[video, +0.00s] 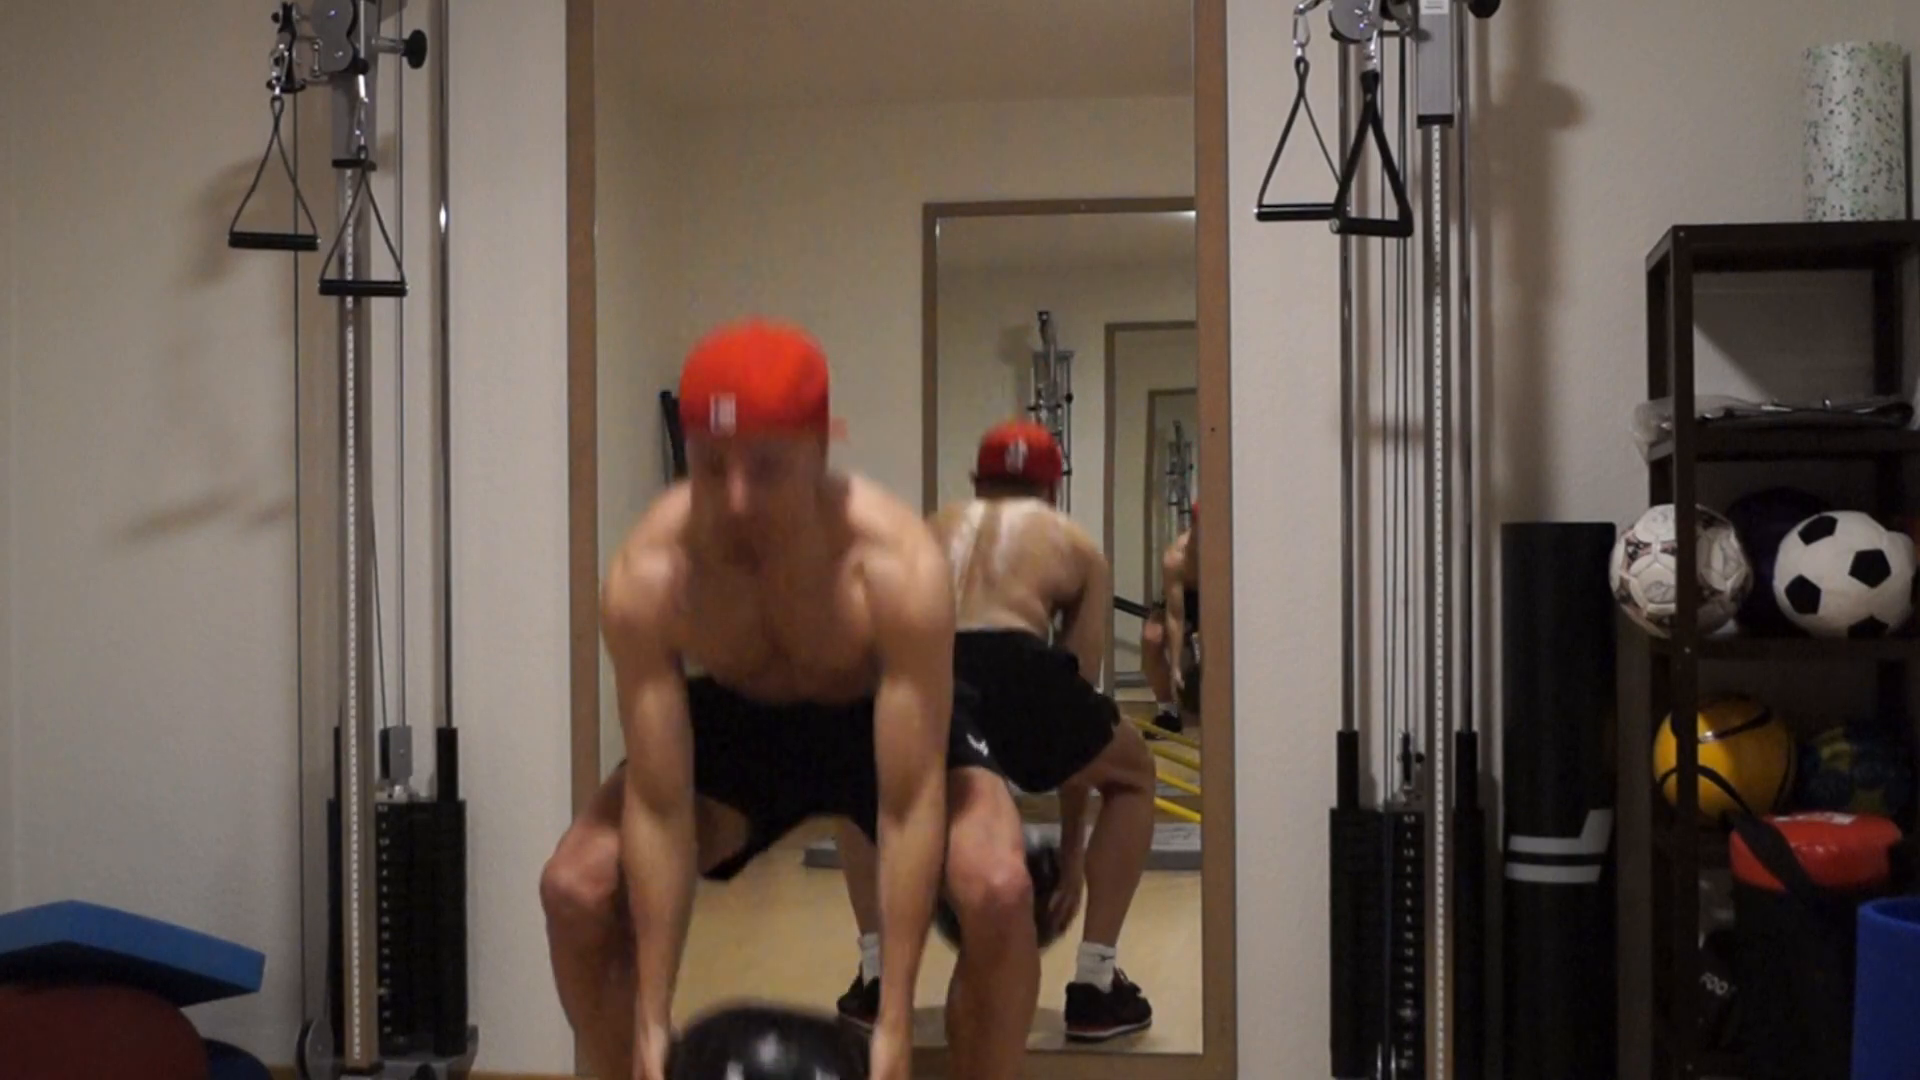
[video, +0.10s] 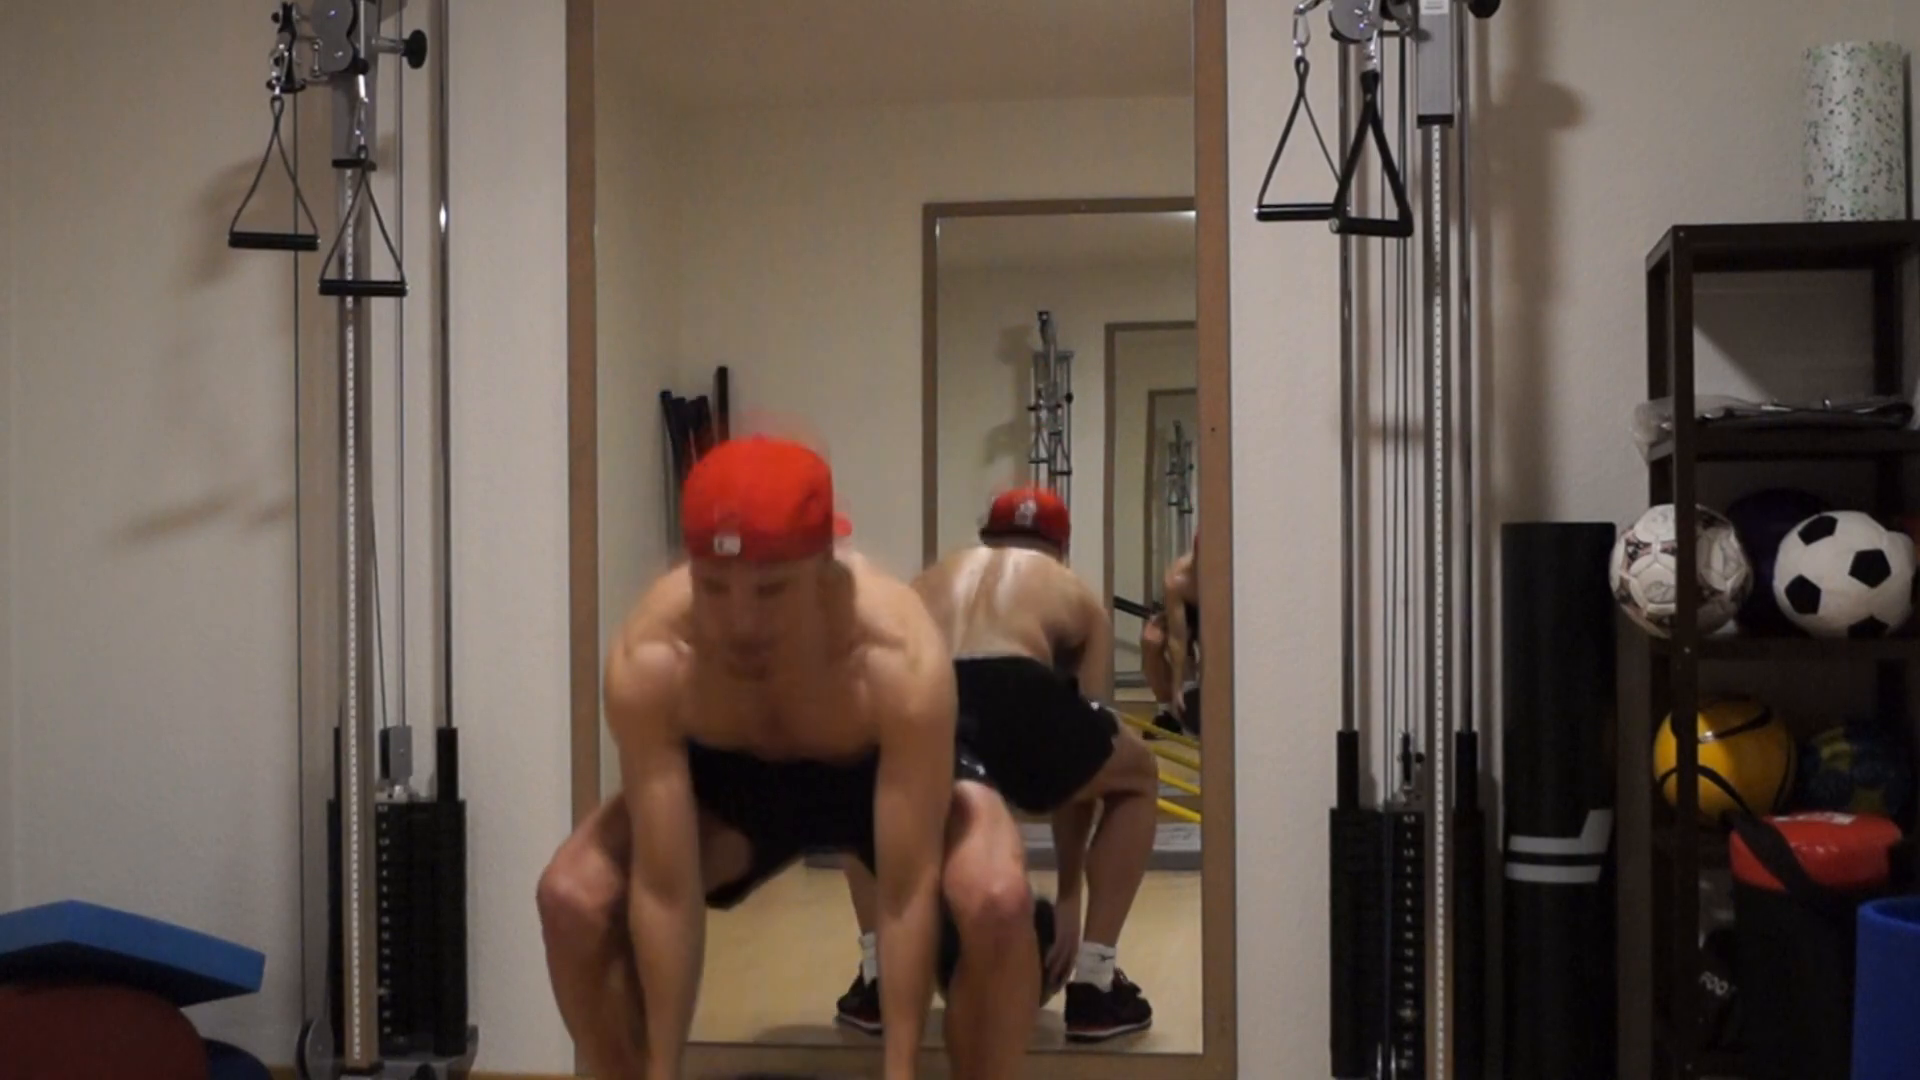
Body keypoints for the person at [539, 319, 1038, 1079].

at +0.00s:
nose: (739, 500)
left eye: (768, 468)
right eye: (714, 467)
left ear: (824, 450)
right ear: (688, 455)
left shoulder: (902, 566)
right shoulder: (648, 575)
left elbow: (911, 809)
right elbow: (657, 810)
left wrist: (894, 1032)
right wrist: (651, 1031)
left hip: (884, 722)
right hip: (740, 732)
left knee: (1001, 893)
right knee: (575, 892)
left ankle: (985, 1066)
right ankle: (616, 1065)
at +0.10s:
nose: (742, 624)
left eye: (772, 590)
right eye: (715, 589)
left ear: (826, 566)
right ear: (692, 570)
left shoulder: (904, 659)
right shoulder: (650, 661)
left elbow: (906, 895)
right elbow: (665, 892)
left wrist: (899, 1070)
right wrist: (662, 1068)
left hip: (885, 776)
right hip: (736, 782)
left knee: (1000, 903)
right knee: (572, 899)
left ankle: (995, 1071)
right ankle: (625, 1070)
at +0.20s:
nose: (741, 625)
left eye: (770, 592)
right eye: (713, 591)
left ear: (826, 568)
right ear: (691, 571)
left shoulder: (908, 661)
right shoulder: (649, 662)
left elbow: (907, 891)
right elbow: (669, 887)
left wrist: (899, 1067)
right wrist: (661, 1065)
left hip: (890, 774)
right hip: (742, 782)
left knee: (1000, 904)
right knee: (575, 898)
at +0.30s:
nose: (743, 510)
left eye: (771, 481)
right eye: (718, 480)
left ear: (827, 469)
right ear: (693, 470)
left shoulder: (908, 570)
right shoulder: (655, 568)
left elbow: (915, 795)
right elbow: (664, 788)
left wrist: (891, 987)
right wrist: (654, 976)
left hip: (889, 719)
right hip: (744, 727)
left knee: (1001, 892)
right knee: (581, 885)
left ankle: (986, 1067)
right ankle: (611, 1068)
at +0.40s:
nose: (746, 392)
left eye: (775, 365)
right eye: (723, 364)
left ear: (831, 364)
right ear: (699, 361)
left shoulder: (906, 478)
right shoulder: (658, 481)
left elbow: (936, 690)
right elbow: (660, 680)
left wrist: (882, 861)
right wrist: (651, 854)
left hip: (898, 679)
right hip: (754, 677)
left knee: (989, 883)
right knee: (597, 873)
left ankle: (980, 1069)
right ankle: (637, 1068)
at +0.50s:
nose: (755, 189)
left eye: (786, 166)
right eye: (736, 164)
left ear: (839, 193)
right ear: (710, 184)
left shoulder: (907, 332)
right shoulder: (663, 336)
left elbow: (969, 531)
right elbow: (637, 515)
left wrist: (888, 632)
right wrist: (641, 624)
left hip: (900, 614)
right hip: (740, 620)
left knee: (970, 875)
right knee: (631, 872)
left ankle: (976, 1070)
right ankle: (652, 1073)